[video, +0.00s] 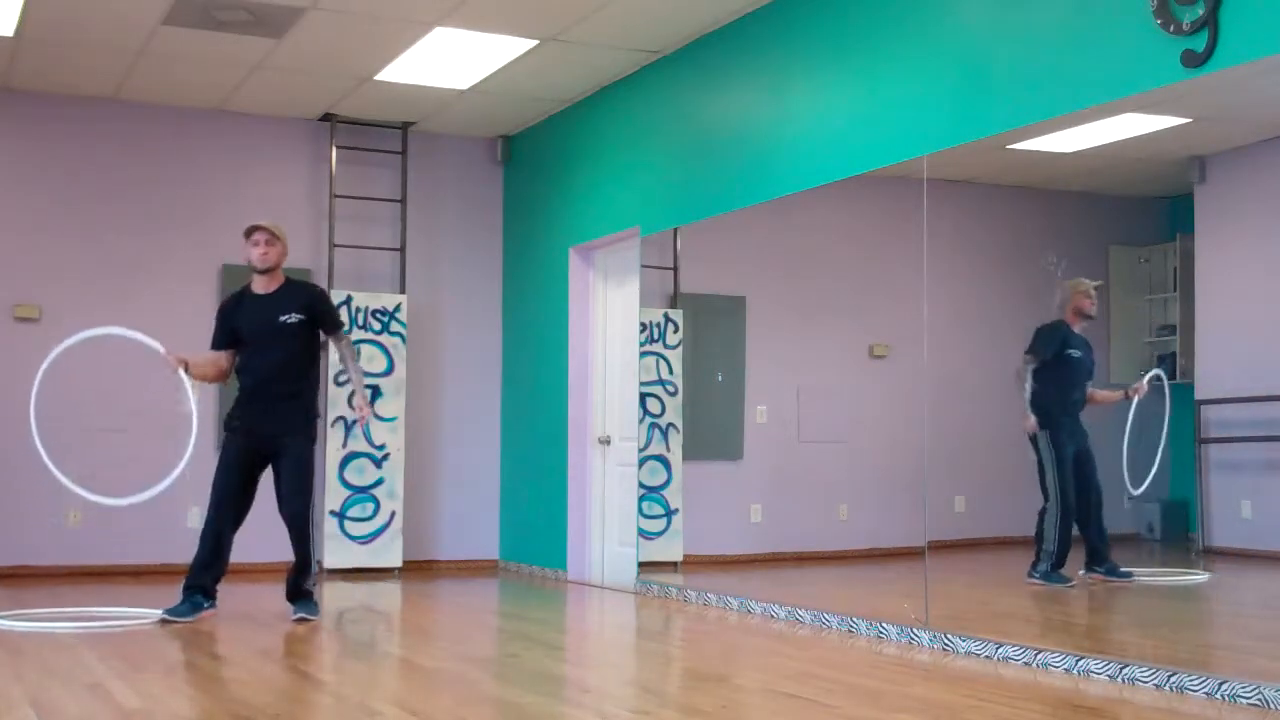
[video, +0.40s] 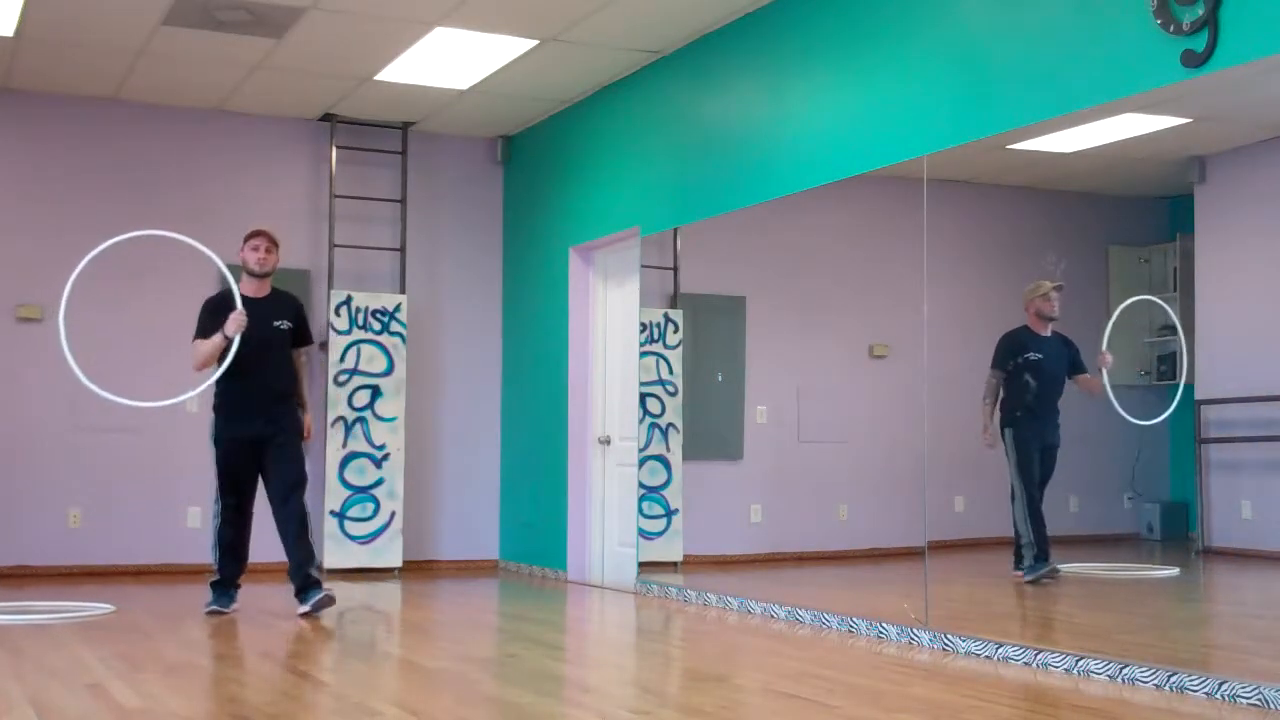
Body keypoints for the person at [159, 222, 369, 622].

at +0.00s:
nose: (263, 248)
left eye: (270, 242)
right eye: (256, 243)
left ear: (284, 253)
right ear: (246, 254)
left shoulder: (310, 298)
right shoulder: (233, 307)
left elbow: (343, 344)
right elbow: (219, 367)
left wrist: (359, 389)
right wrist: (186, 363)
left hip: (295, 424)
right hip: (247, 422)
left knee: (297, 512)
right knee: (222, 511)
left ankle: (302, 596)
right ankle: (198, 594)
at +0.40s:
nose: (262, 254)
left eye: (269, 250)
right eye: (254, 248)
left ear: (277, 260)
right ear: (241, 257)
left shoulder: (290, 306)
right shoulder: (220, 304)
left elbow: (298, 364)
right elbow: (198, 360)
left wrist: (304, 409)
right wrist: (225, 334)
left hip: (281, 421)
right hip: (235, 422)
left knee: (290, 502)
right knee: (233, 508)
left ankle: (308, 588)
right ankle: (224, 589)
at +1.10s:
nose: (314, 269)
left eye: (320, 265)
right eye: (308, 262)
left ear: (323, 274)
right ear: (290, 267)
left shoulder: (328, 316)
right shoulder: (268, 311)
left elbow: (328, 375)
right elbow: (244, 367)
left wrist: (336, 418)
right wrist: (263, 395)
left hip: (322, 428)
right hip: (280, 426)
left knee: (333, 510)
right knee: (257, 510)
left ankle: (335, 589)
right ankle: (226, 589)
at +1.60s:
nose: (352, 264)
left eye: (358, 260)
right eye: (346, 258)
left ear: (364, 269)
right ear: (331, 263)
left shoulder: (370, 314)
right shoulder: (307, 306)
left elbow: (374, 367)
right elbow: (282, 359)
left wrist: (383, 410)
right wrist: (312, 386)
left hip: (359, 416)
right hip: (320, 415)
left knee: (359, 498)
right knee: (324, 498)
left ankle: (345, 587)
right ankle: (323, 589)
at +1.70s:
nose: (354, 267)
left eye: (359, 262)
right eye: (348, 260)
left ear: (363, 269)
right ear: (331, 264)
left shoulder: (366, 312)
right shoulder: (308, 308)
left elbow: (367, 375)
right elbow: (288, 363)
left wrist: (375, 421)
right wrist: (323, 388)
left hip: (362, 416)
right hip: (323, 417)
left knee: (373, 500)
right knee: (323, 502)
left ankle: (353, 583)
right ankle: (323, 587)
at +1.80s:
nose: (359, 268)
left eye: (363, 263)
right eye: (353, 261)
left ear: (365, 270)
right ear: (333, 264)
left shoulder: (367, 313)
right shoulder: (310, 310)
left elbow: (367, 364)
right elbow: (299, 364)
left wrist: (371, 403)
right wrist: (337, 393)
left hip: (366, 417)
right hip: (326, 418)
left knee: (379, 501)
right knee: (324, 504)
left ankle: (389, 587)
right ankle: (323, 587)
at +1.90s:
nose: (365, 270)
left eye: (368, 265)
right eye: (358, 263)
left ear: (368, 270)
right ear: (337, 266)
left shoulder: (369, 315)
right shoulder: (315, 311)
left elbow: (370, 366)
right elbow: (314, 361)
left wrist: (373, 404)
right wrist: (351, 395)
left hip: (368, 418)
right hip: (331, 417)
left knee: (386, 501)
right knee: (326, 504)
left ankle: (416, 583)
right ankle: (323, 587)